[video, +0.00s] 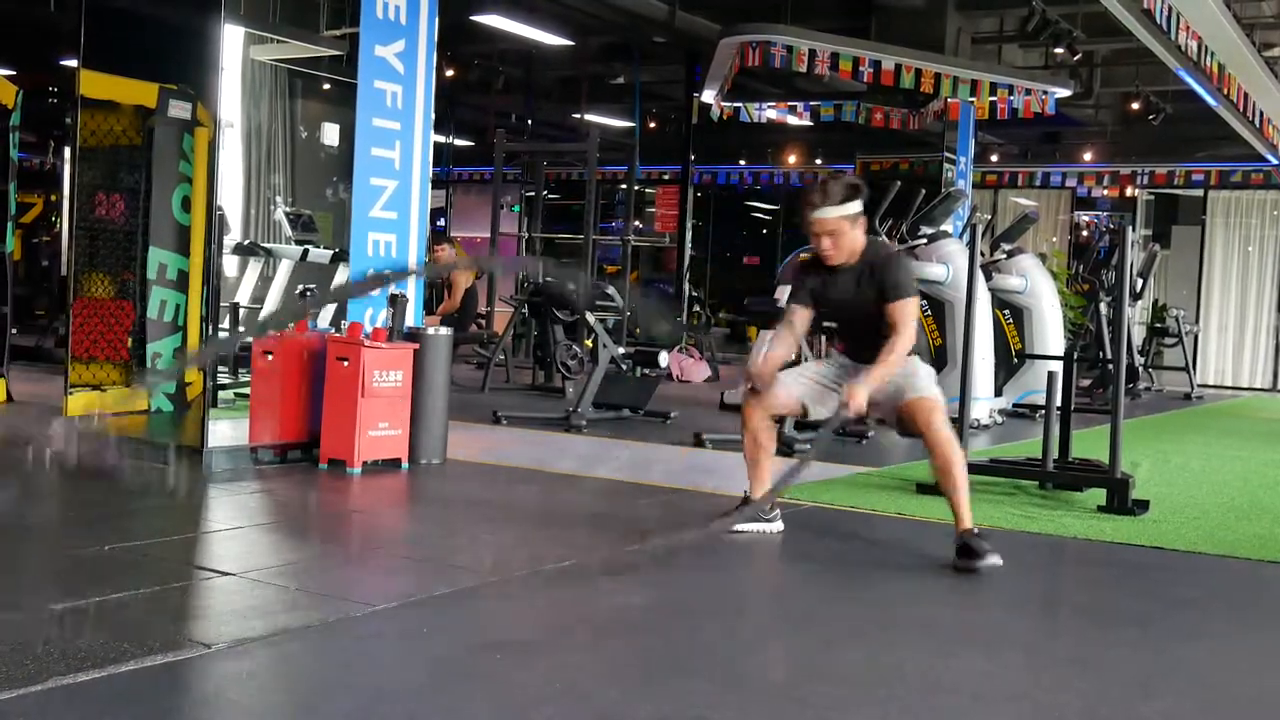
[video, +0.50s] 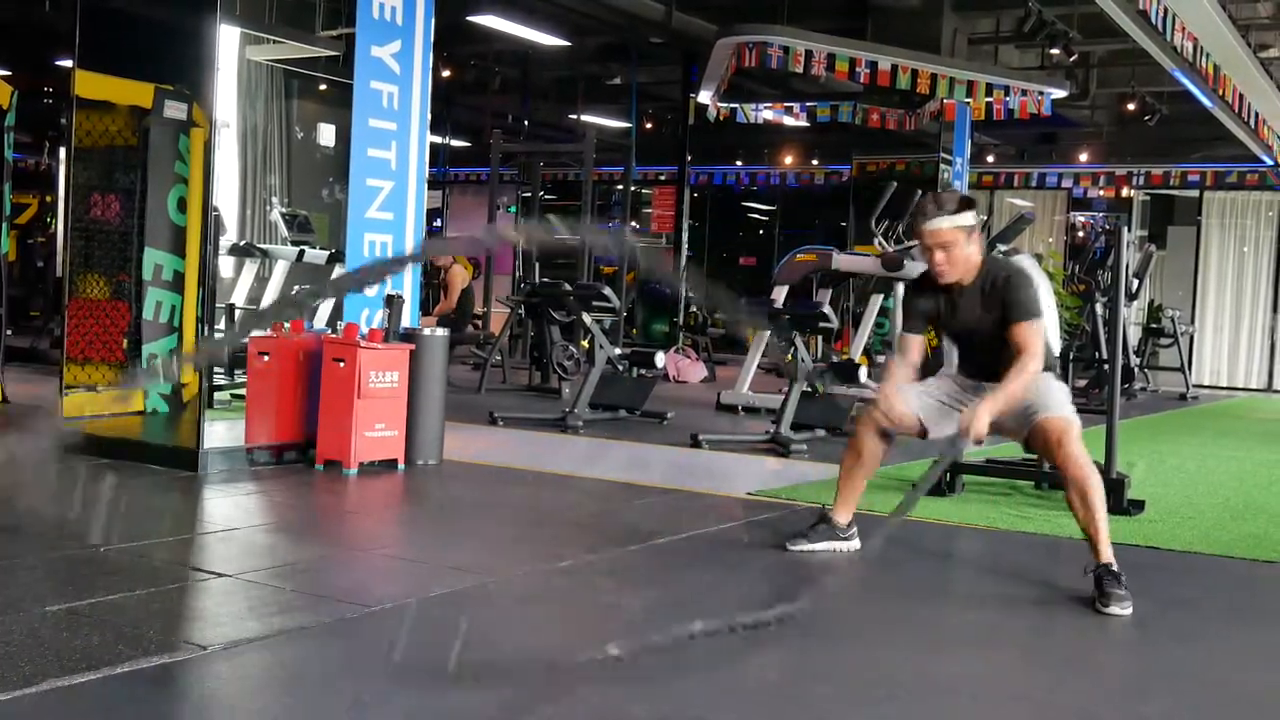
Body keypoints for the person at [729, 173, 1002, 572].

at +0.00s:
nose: (822, 245)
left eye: (832, 235)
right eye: (815, 236)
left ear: (860, 226)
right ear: (808, 233)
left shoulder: (890, 264)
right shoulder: (811, 271)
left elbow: (904, 335)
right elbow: (791, 328)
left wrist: (867, 383)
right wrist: (769, 363)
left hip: (896, 368)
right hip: (841, 366)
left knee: (932, 416)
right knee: (756, 403)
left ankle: (967, 533)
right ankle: (761, 506)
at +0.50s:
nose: (935, 261)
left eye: (945, 249)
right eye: (927, 250)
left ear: (974, 241)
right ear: (920, 248)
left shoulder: (1014, 279)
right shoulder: (923, 290)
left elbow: (1031, 359)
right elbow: (906, 358)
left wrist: (989, 407)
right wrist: (890, 391)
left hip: (1024, 387)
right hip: (961, 386)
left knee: (1065, 442)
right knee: (871, 417)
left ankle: (1107, 567)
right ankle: (839, 523)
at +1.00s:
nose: (981, 255)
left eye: (991, 243)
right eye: (973, 245)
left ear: (1022, 236)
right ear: (965, 243)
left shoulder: (1062, 276)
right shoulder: (963, 283)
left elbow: (1077, 358)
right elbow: (941, 345)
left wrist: (1033, 408)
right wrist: (917, 370)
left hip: (1068, 387)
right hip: (1003, 387)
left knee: (1114, 430)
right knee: (911, 423)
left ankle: (1102, 566)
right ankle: (872, 529)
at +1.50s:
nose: (864, 243)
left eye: (875, 233)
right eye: (857, 233)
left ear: (905, 223)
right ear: (849, 227)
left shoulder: (935, 265)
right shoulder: (844, 256)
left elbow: (941, 346)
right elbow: (810, 311)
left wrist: (903, 401)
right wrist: (802, 293)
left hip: (923, 373)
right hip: (860, 364)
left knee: (956, 424)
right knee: (771, 408)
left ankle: (932, 538)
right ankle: (699, 494)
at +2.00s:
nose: (729, 236)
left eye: (738, 227)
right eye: (723, 226)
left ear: (768, 220)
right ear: (716, 221)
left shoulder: (795, 259)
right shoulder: (712, 248)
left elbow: (803, 340)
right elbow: (677, 279)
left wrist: (770, 397)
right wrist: (673, 246)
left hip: (790, 360)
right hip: (734, 357)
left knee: (823, 408)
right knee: (654, 403)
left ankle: (823, 522)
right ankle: (623, 501)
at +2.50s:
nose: (794, 223)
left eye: (802, 215)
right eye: (791, 214)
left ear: (834, 206)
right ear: (788, 208)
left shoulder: (868, 242)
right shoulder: (792, 229)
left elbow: (883, 323)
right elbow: (742, 245)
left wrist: (850, 376)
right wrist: (731, 218)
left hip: (873, 350)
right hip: (816, 348)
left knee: (908, 399)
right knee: (735, 396)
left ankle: (889, 520)